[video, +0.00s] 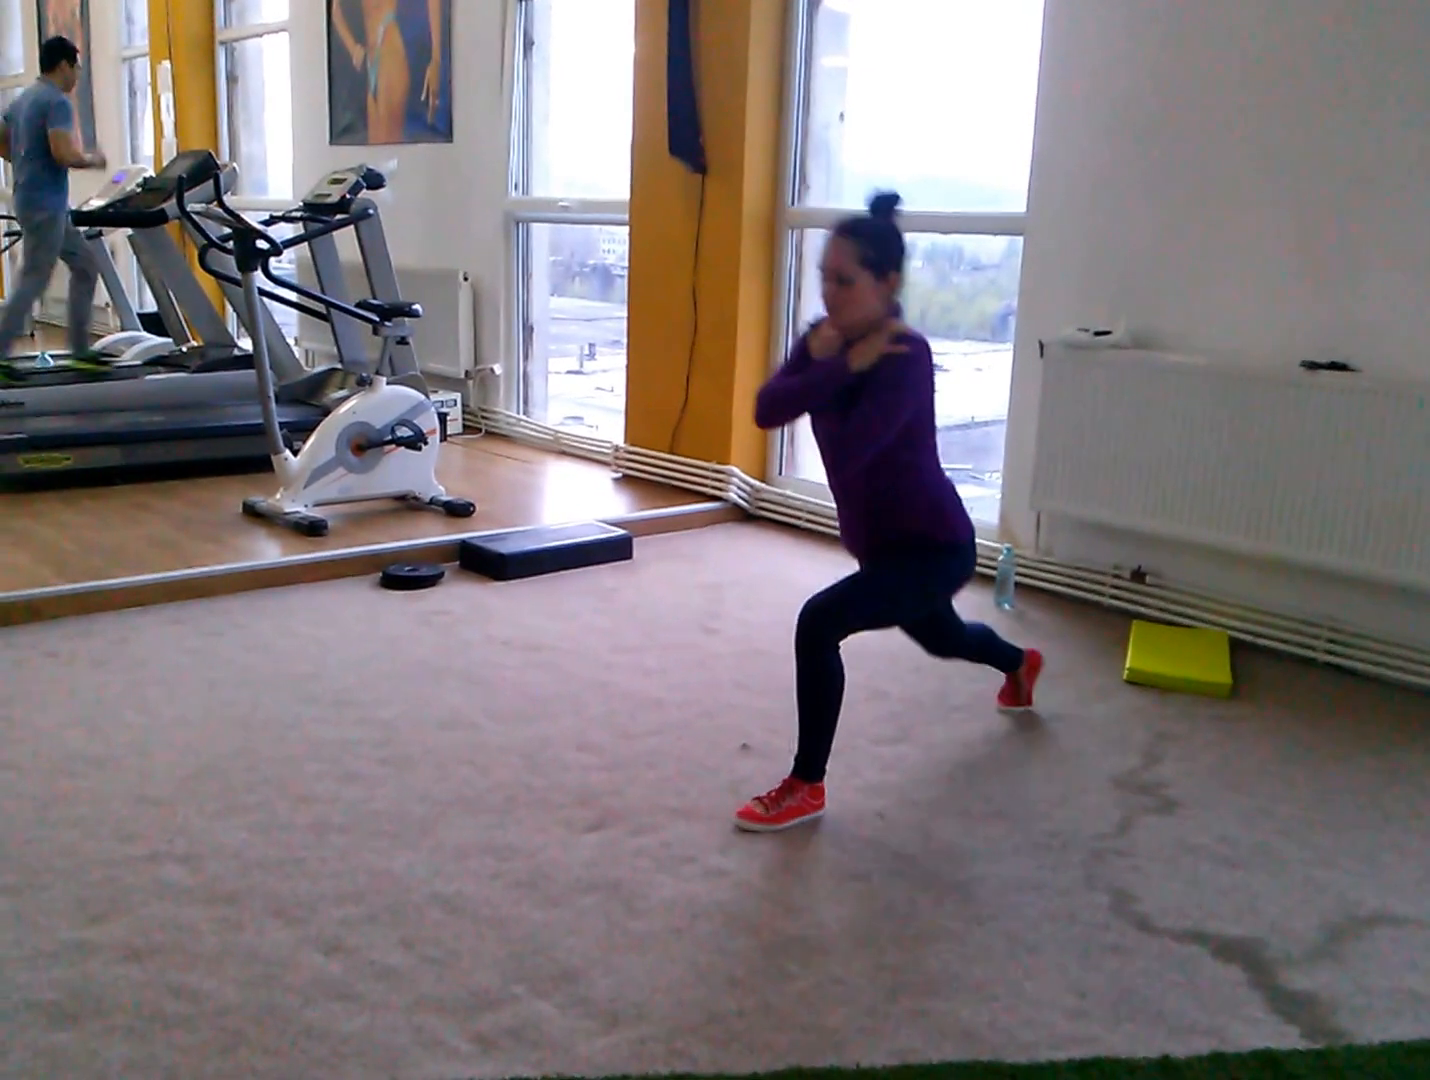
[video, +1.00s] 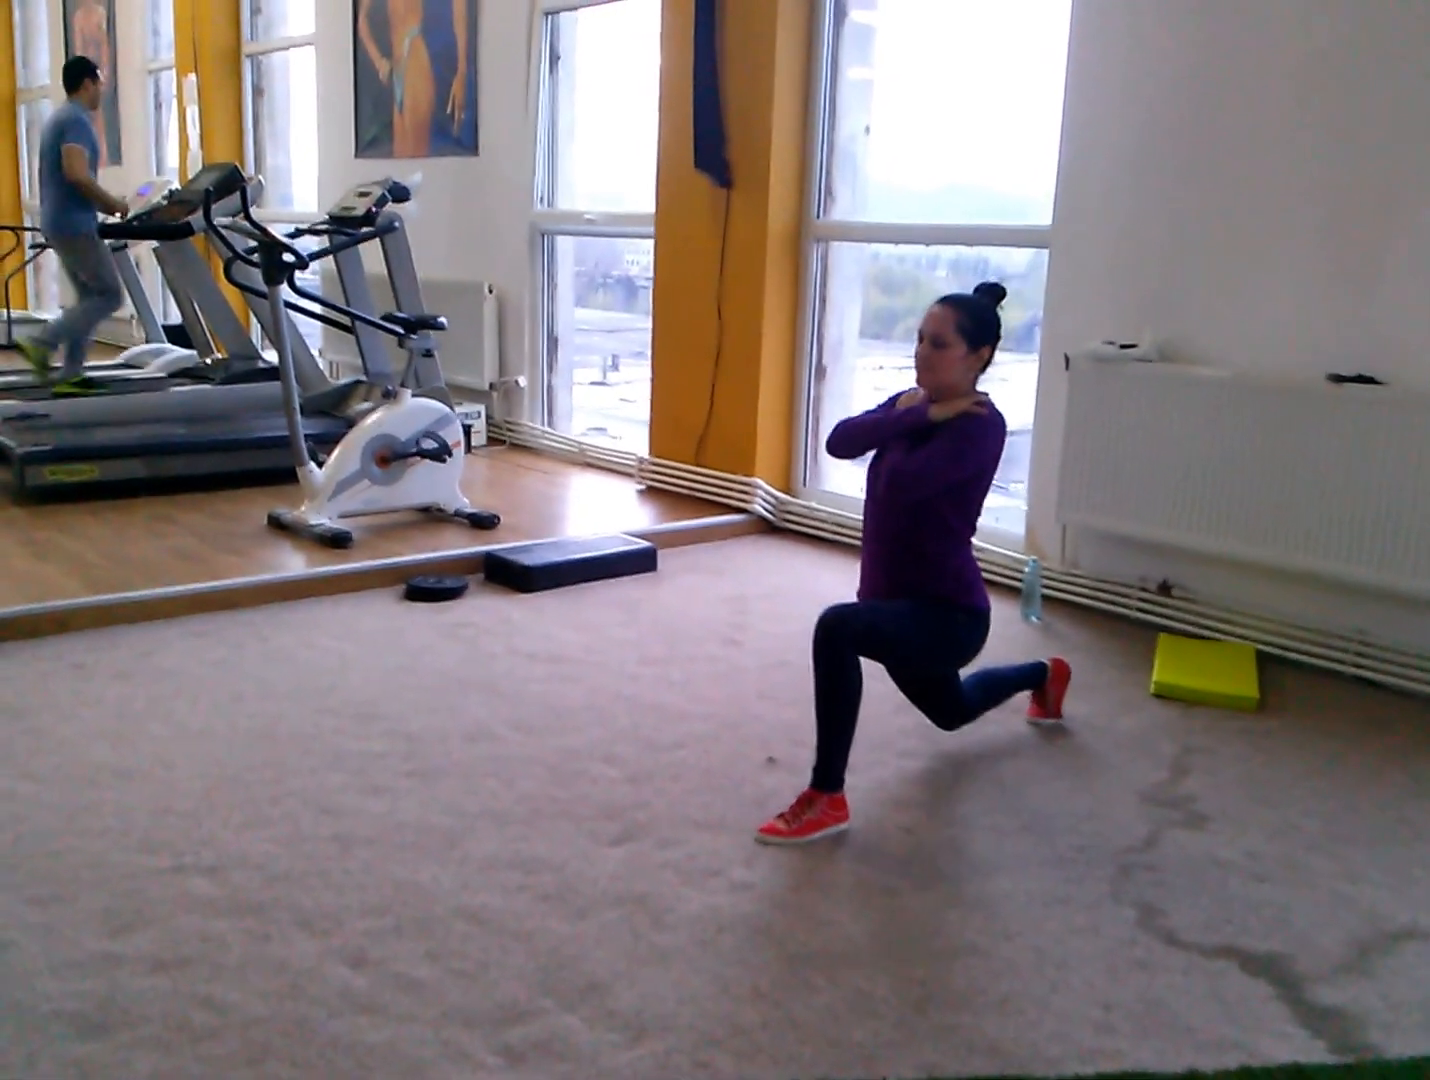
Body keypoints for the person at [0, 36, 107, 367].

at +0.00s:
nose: (77, 75)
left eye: (76, 68)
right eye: (75, 68)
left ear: (47, 66)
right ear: (63, 66)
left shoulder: (22, 99)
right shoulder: (56, 102)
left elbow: (3, 144)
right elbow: (64, 155)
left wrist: (28, 160)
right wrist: (93, 159)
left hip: (31, 204)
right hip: (46, 207)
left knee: (86, 264)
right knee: (34, 280)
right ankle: (2, 351)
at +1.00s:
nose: (101, 89)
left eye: (100, 83)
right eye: (99, 83)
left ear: (74, 85)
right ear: (87, 84)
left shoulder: (63, 119)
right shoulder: (75, 120)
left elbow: (72, 179)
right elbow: (76, 174)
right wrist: (114, 205)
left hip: (62, 224)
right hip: (73, 225)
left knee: (90, 297)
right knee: (109, 294)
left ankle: (73, 372)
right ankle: (43, 341)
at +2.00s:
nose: (128, 99)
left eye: (128, 92)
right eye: (125, 92)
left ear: (101, 92)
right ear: (110, 92)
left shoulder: (97, 125)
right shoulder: (94, 125)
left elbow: (94, 173)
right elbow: (80, 171)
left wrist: (126, 173)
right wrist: (120, 202)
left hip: (86, 230)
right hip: (98, 231)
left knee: (88, 306)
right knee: (133, 299)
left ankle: (26, 360)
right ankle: (134, 386)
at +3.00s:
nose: (142, 113)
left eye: (141, 106)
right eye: (139, 106)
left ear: (111, 106)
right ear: (127, 106)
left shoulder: (89, 140)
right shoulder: (119, 142)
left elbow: (67, 185)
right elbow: (129, 194)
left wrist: (98, 204)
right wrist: (156, 201)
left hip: (99, 245)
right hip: (111, 246)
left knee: (148, 305)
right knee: (100, 321)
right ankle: (62, 393)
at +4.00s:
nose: (135, 123)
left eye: (133, 116)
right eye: (132, 116)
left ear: (106, 118)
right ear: (122, 117)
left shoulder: (96, 150)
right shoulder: (113, 152)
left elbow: (103, 208)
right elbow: (111, 205)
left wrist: (140, 232)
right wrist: (142, 233)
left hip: (98, 257)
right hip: (111, 257)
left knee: (124, 329)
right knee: (148, 325)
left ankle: (105, 399)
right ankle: (84, 375)